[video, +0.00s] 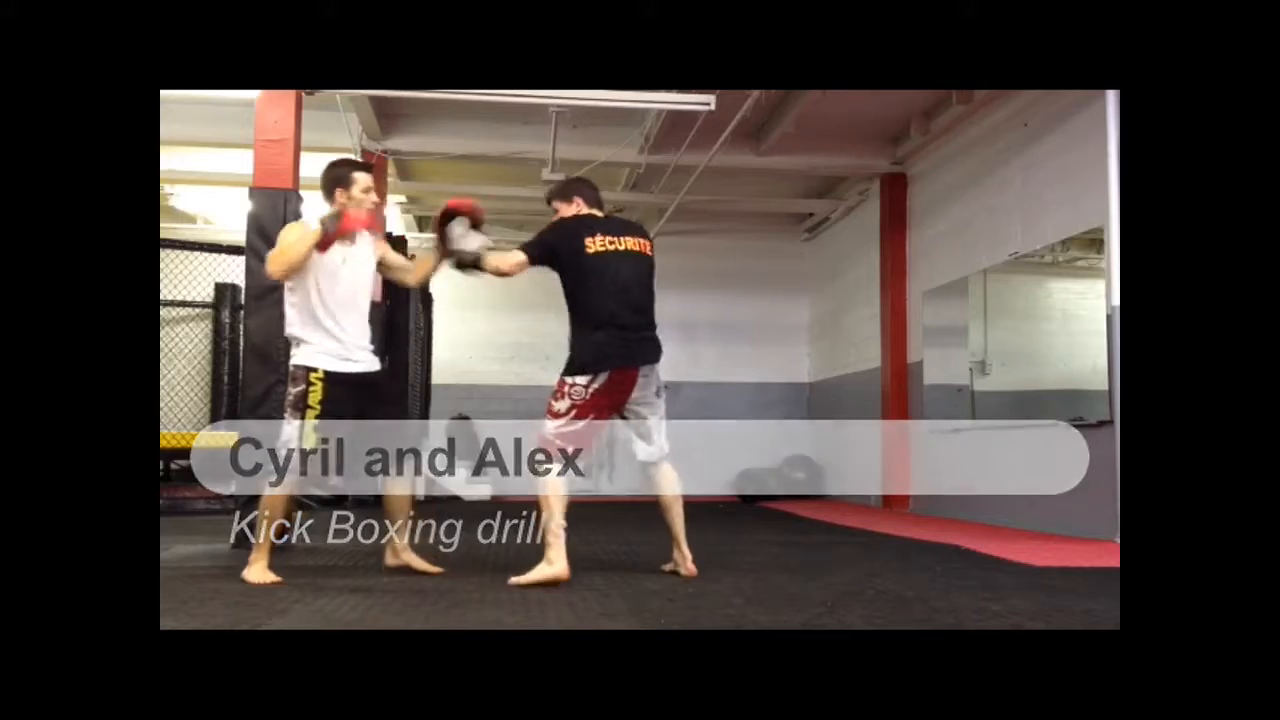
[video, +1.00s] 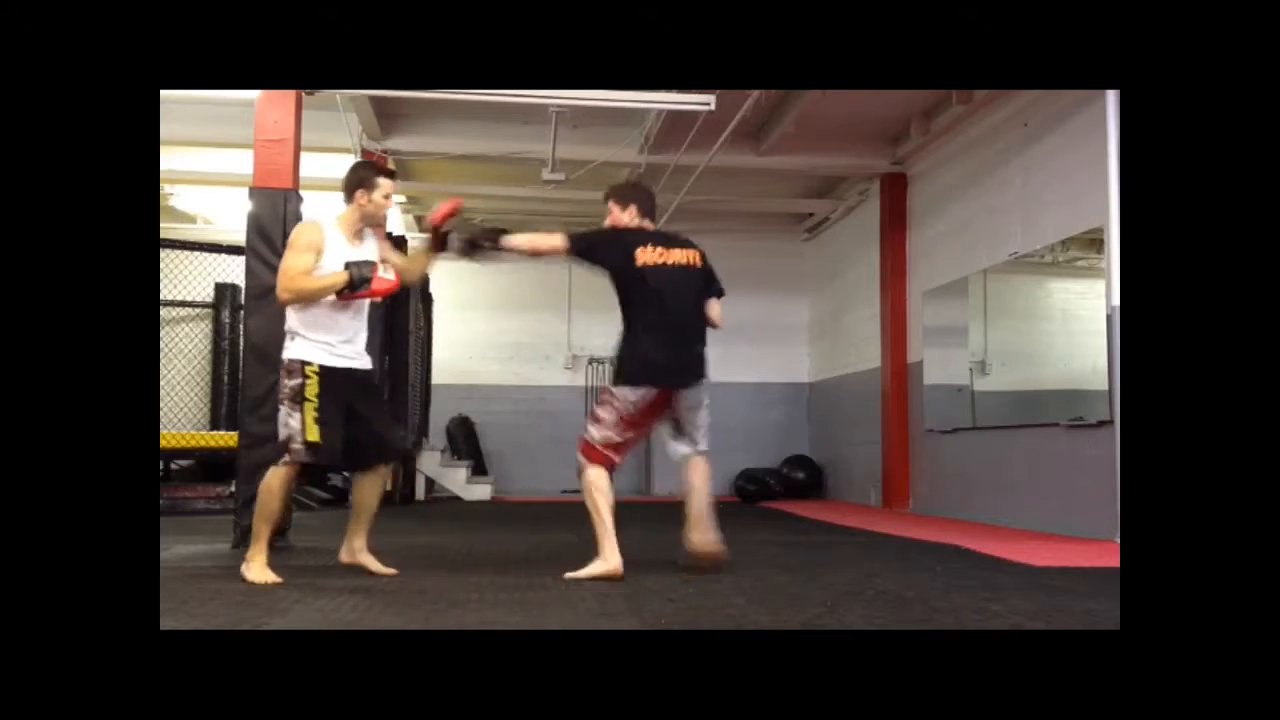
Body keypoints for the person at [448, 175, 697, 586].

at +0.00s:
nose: (555, 216)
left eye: (556, 209)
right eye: (554, 210)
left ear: (577, 203)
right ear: (593, 203)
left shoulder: (565, 230)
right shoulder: (637, 232)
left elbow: (507, 265)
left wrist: (472, 253)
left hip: (595, 358)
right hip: (645, 356)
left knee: (549, 452)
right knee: (657, 456)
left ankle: (555, 558)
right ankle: (683, 555)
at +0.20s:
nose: (536, 212)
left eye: (539, 202)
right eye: (535, 203)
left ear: (563, 195)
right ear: (559, 197)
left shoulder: (602, 228)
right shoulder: (568, 238)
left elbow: (610, 286)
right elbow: (530, 265)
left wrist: (559, 269)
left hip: (610, 364)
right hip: (613, 363)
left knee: (560, 452)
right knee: (627, 461)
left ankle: (557, 564)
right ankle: (680, 554)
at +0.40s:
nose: (550, 200)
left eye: (553, 191)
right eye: (550, 192)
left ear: (574, 189)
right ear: (582, 190)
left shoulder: (594, 230)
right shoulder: (610, 228)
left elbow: (564, 285)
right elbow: (569, 283)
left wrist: (539, 253)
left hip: (597, 360)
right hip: (623, 359)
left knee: (565, 453)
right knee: (599, 453)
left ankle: (557, 562)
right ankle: (635, 549)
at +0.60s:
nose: (603, 205)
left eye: (605, 198)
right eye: (604, 199)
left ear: (624, 194)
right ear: (643, 199)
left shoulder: (609, 220)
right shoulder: (673, 244)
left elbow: (549, 240)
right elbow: (641, 280)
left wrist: (504, 244)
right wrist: (596, 265)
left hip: (587, 339)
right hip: (635, 357)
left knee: (501, 379)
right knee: (621, 456)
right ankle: (619, 554)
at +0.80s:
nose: (625, 210)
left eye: (628, 202)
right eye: (625, 203)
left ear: (649, 200)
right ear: (664, 205)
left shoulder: (634, 225)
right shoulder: (693, 252)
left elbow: (616, 263)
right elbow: (663, 297)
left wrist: (567, 276)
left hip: (596, 345)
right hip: (644, 364)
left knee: (518, 385)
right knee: (642, 457)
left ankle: (460, 448)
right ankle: (622, 554)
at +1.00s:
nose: (607, 219)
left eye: (610, 211)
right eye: (607, 212)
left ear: (631, 211)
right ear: (647, 213)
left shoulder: (618, 241)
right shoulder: (690, 249)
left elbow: (547, 243)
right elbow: (715, 317)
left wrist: (494, 239)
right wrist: (679, 301)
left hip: (641, 368)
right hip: (689, 369)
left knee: (594, 456)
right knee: (695, 451)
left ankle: (608, 555)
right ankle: (703, 532)